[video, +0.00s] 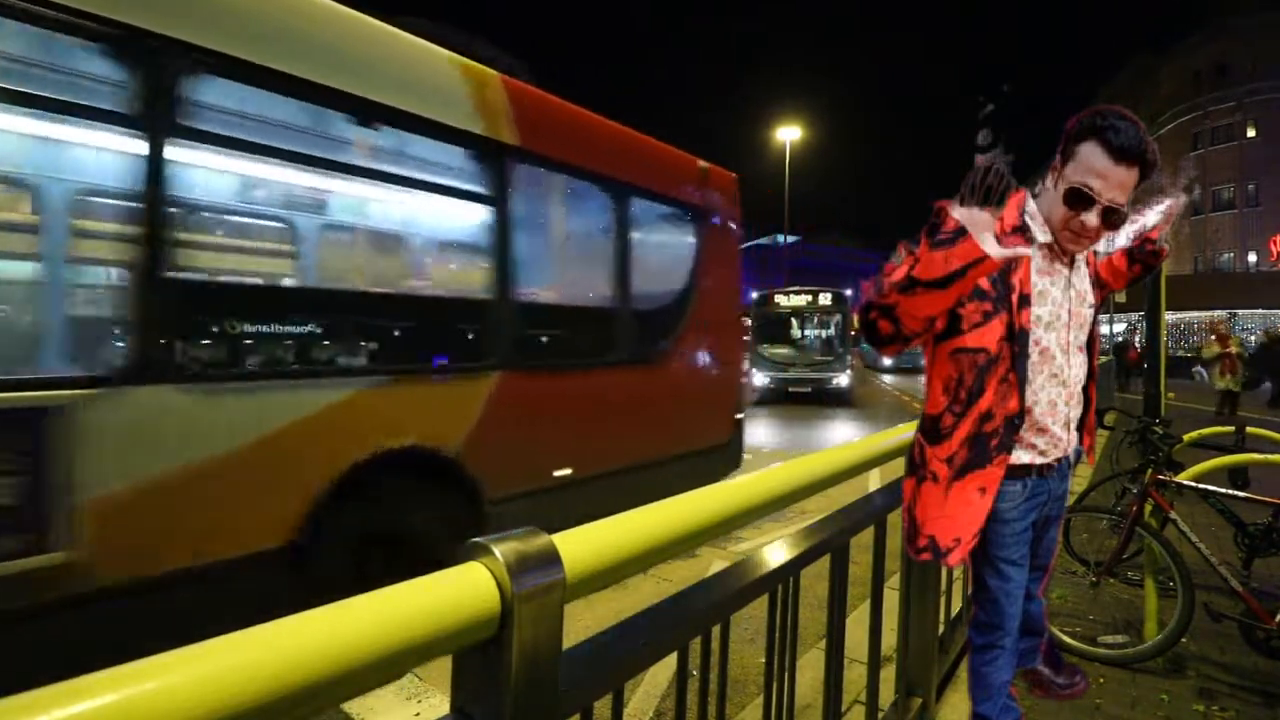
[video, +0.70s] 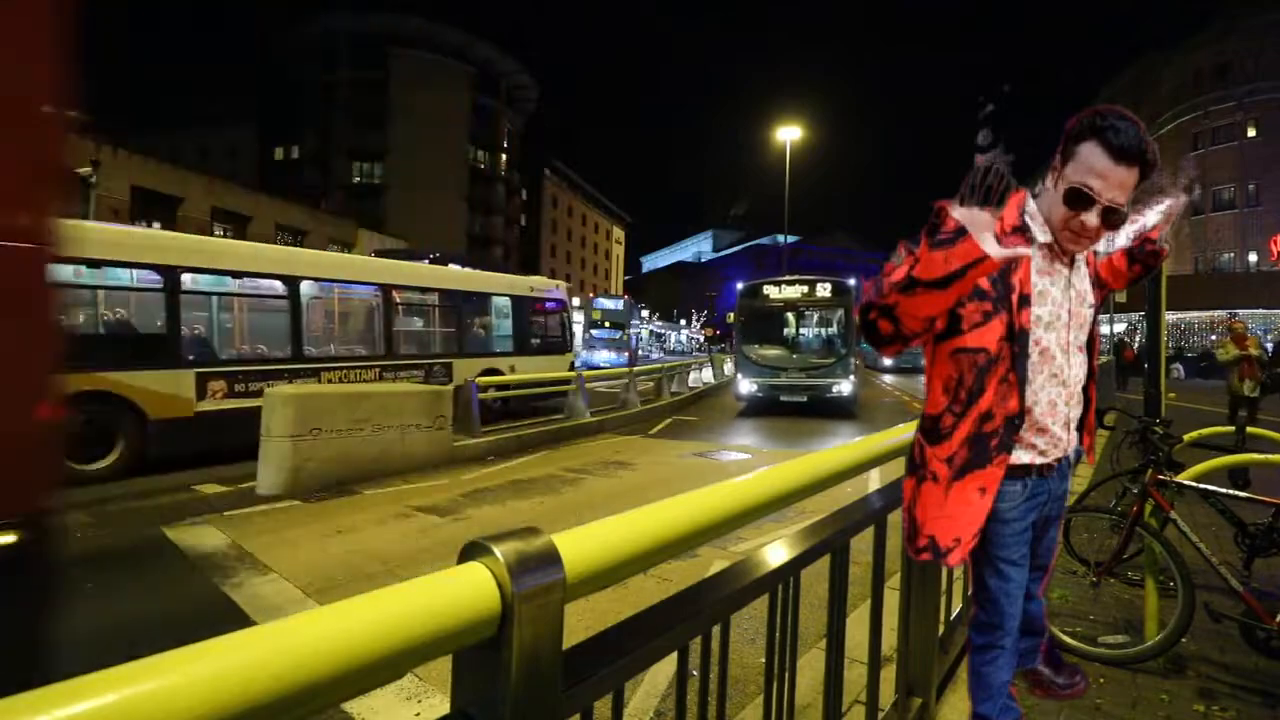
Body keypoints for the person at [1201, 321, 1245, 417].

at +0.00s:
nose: (1221, 332)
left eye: (1224, 329)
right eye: (1218, 330)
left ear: (1228, 330)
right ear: (1214, 331)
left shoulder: (1235, 342)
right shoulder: (1211, 344)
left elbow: (1246, 356)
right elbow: (1205, 359)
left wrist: (1236, 352)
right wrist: (1222, 352)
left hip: (1235, 382)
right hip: (1220, 382)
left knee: (1234, 408)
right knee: (1220, 407)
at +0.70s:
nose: (1239, 332)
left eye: (1241, 329)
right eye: (1235, 329)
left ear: (1245, 330)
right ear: (1230, 332)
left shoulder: (1253, 342)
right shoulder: (1226, 344)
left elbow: (1265, 358)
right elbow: (1220, 359)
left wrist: (1253, 353)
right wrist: (1238, 354)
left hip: (1253, 381)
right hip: (1236, 382)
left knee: (1252, 408)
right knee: (1235, 404)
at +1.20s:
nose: (1251, 332)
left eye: (1253, 328)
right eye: (1247, 329)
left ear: (1257, 329)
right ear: (1241, 331)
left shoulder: (1265, 341)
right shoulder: (1236, 344)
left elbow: (1274, 359)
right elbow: (1229, 360)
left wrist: (1266, 354)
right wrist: (1247, 355)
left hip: (1264, 380)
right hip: (1246, 381)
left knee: (1262, 408)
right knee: (1251, 408)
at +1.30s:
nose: (1254, 330)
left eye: (1256, 326)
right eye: (1250, 328)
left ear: (1260, 327)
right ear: (1245, 330)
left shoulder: (1267, 341)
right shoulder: (1239, 344)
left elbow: (1275, 354)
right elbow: (1232, 358)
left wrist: (1271, 354)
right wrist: (1252, 355)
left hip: (1268, 381)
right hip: (1249, 381)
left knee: (1266, 408)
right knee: (1253, 410)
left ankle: (1251, 430)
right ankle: (1243, 437)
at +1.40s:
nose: (1259, 327)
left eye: (1261, 324)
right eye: (1256, 325)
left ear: (1264, 325)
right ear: (1249, 327)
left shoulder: (1271, 339)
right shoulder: (1244, 340)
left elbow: (1277, 351)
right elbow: (1236, 355)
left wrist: (1272, 350)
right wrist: (1257, 351)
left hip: (1272, 382)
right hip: (1253, 383)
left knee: (1273, 407)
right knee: (1253, 408)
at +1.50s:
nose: (1264, 329)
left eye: (1266, 325)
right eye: (1260, 326)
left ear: (1270, 326)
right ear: (1254, 328)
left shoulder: (1273, 340)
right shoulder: (1247, 340)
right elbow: (1239, 355)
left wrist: (1275, 348)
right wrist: (1263, 349)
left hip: (1274, 383)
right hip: (1256, 385)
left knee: (1277, 413)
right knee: (1254, 414)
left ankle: (1276, 436)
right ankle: (1252, 438)